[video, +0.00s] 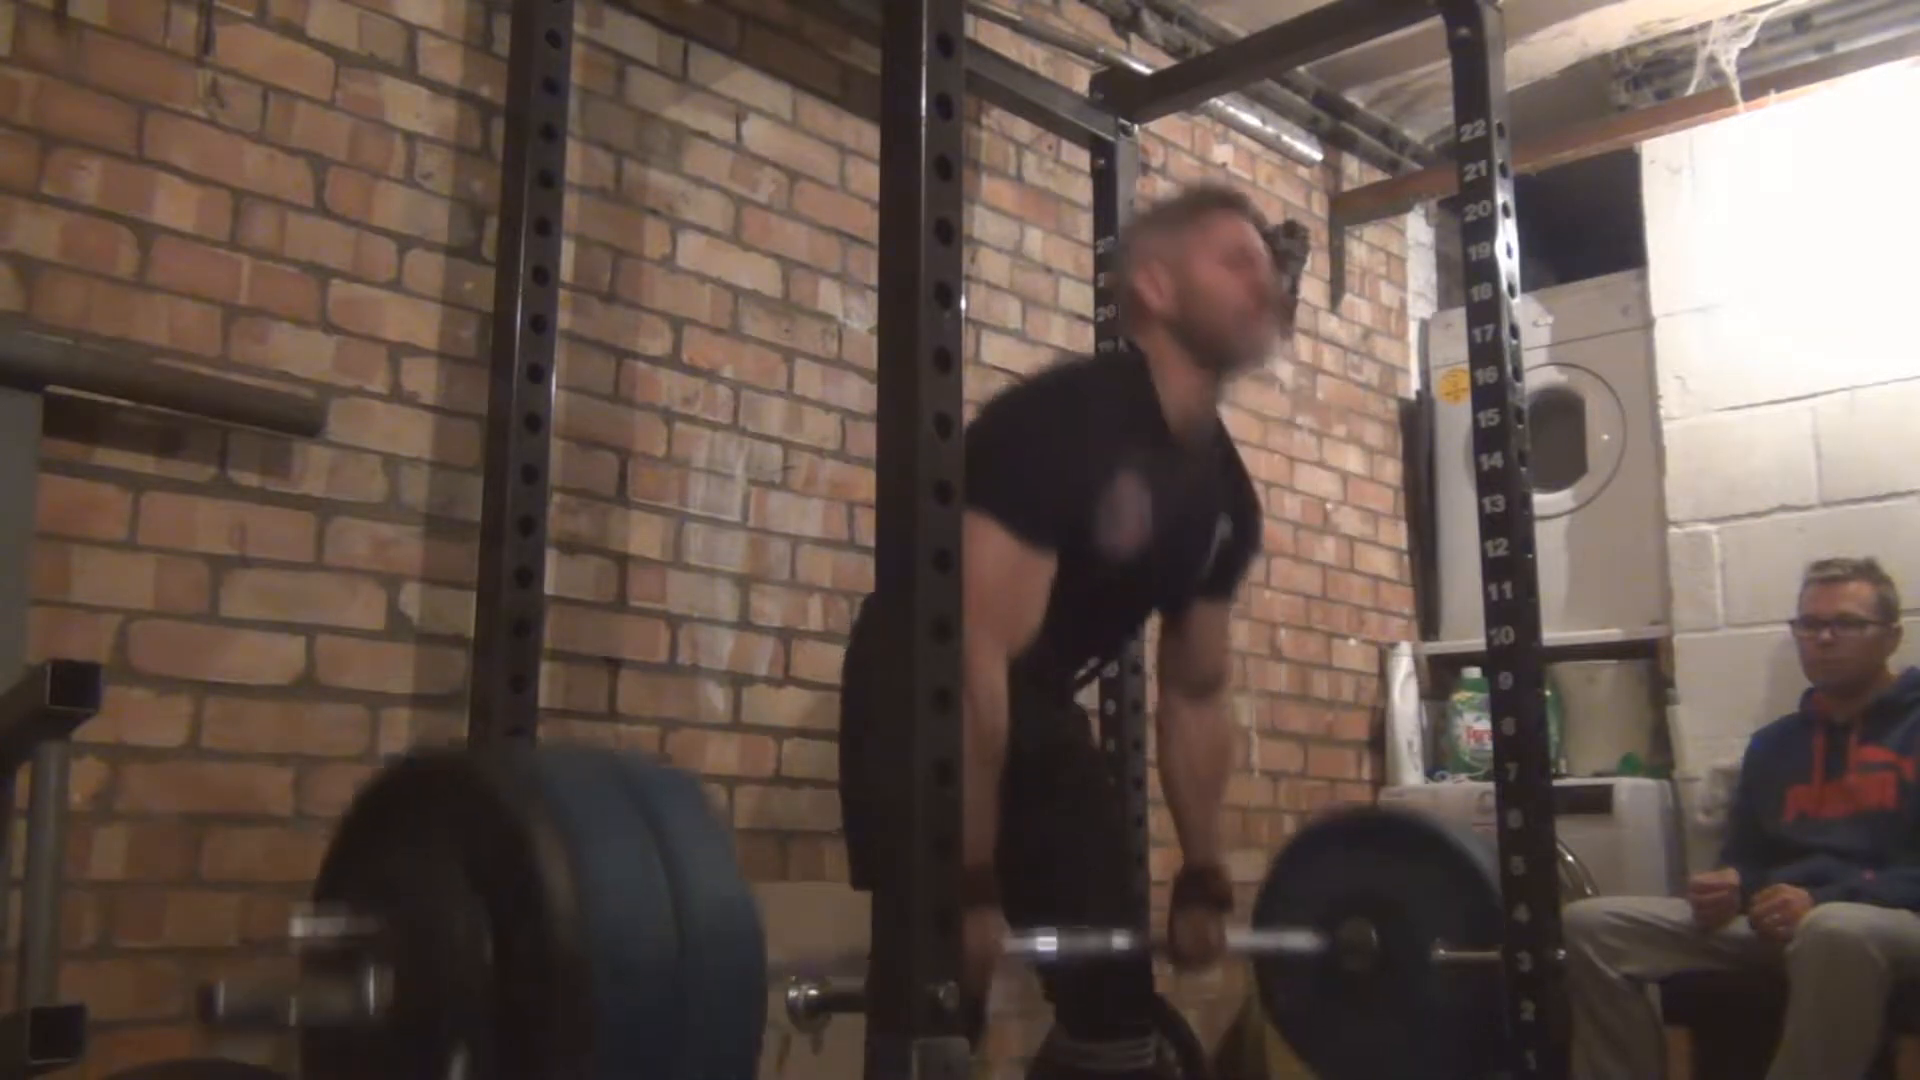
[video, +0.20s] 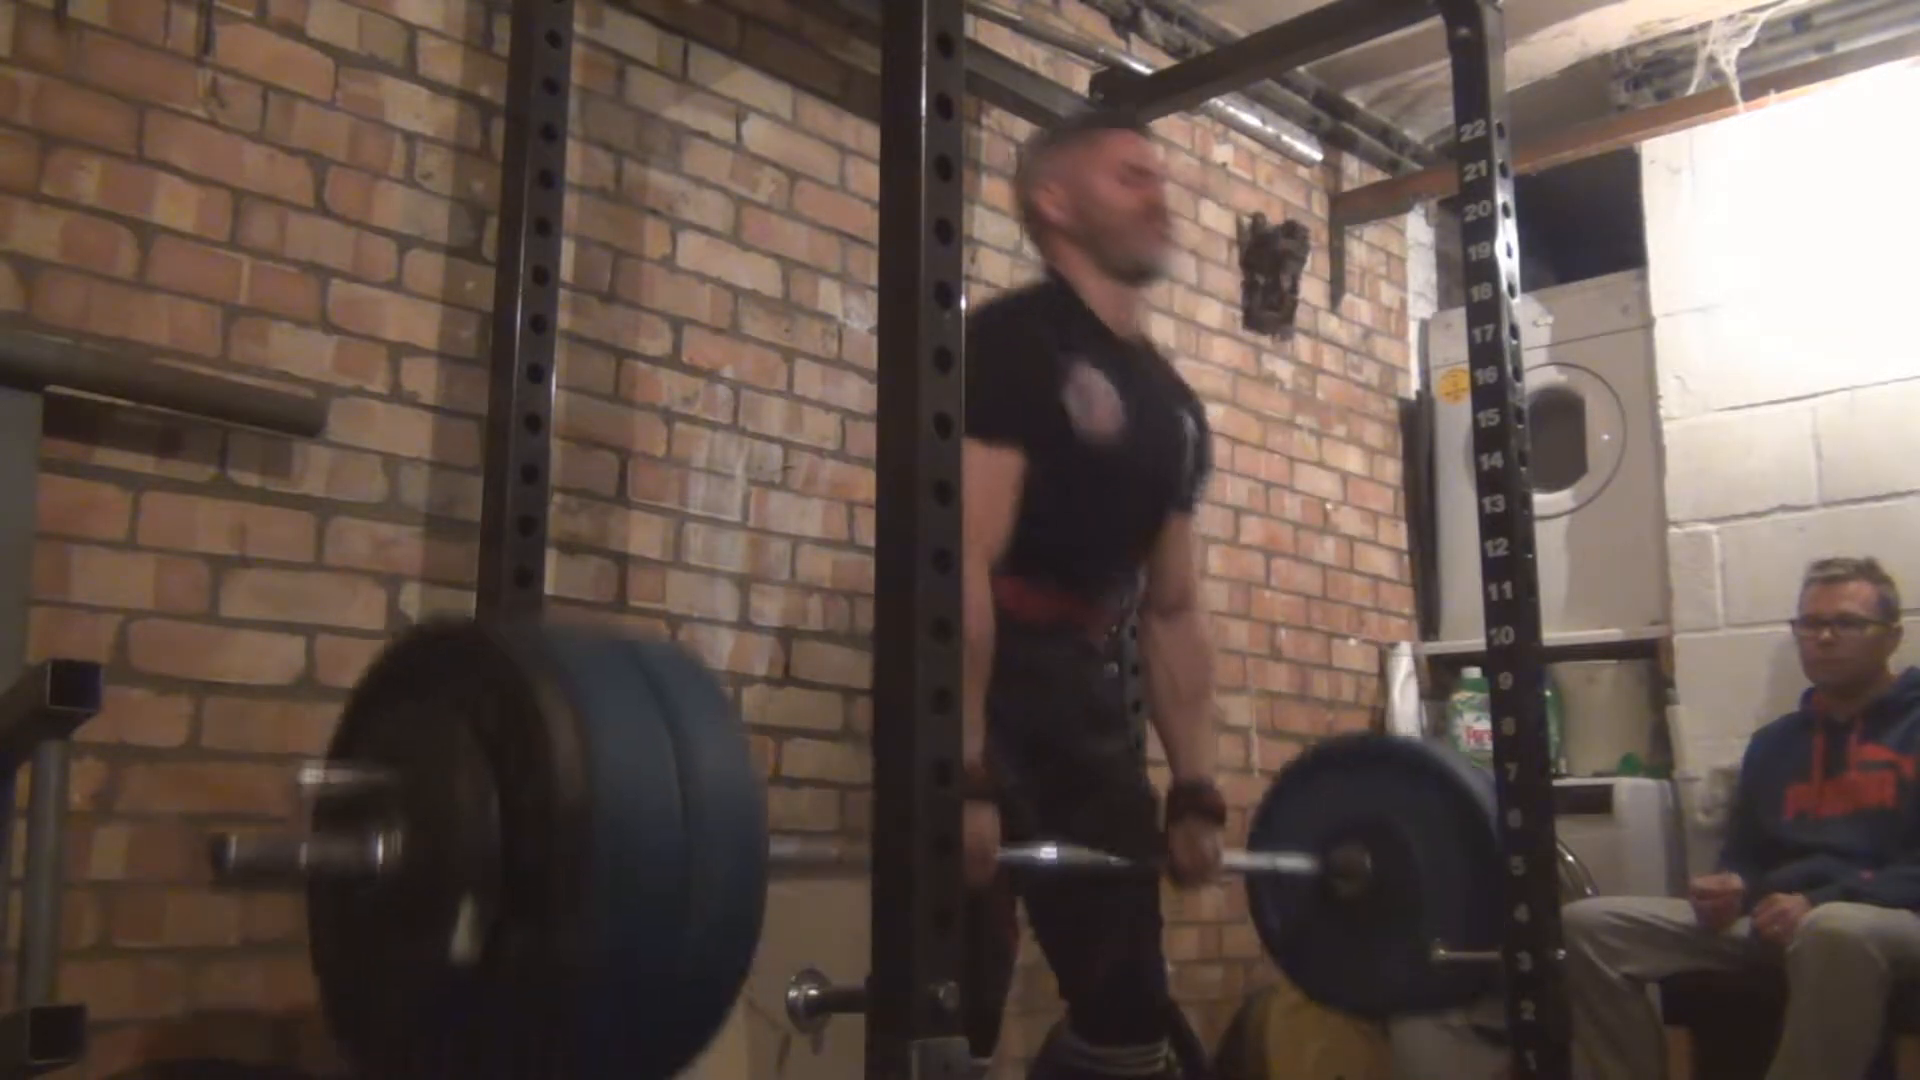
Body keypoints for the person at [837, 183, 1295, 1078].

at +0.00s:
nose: (1271, 283)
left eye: (1267, 263)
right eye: (1239, 260)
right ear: (1153, 285)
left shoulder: (1222, 494)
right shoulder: (1056, 424)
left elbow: (1197, 691)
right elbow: (976, 653)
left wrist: (1205, 861)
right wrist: (969, 887)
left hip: (1039, 690)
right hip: (923, 678)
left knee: (1108, 975)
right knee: (937, 973)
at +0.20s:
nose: (1162, 198)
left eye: (1160, 181)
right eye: (1133, 177)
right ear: (1054, 202)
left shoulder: (1172, 405)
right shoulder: (1009, 341)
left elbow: (1174, 606)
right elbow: (961, 569)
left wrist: (1193, 778)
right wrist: (966, 782)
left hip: (1092, 692)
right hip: (982, 671)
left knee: (1124, 1003)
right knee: (958, 1003)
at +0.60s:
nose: (1051, 243)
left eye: (1056, 225)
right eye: (1027, 221)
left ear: (1054, 241)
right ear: (954, 228)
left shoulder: (1082, 404)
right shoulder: (889, 374)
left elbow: (1139, 586)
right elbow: (914, 570)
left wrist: (1191, 765)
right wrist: (963, 754)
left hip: (1114, 749)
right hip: (978, 751)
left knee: (1125, 1026)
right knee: (959, 1033)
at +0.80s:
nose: (1104, 200)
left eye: (1108, 185)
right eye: (1076, 178)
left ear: (1111, 208)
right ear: (995, 187)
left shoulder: (1115, 385)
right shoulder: (964, 332)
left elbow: (1157, 591)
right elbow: (948, 555)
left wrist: (1194, 772)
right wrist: (966, 759)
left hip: (1104, 679)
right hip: (988, 666)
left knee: (1127, 1007)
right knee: (968, 1011)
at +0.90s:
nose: (1155, 186)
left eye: (1154, 167)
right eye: (1125, 165)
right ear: (1045, 189)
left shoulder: (1155, 386)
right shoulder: (994, 331)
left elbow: (1170, 598)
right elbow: (960, 564)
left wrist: (1194, 778)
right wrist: (962, 771)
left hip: (1098, 686)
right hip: (984, 665)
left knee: (1130, 1006)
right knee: (964, 1012)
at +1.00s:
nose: (1196, 189)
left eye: (1196, 172)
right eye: (1165, 168)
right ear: (1084, 193)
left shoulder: (1192, 410)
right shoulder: (1014, 343)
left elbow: (1185, 618)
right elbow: (971, 578)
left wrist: (1195, 802)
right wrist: (960, 793)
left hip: (1096, 713)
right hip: (984, 697)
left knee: (1133, 1012)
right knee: (962, 1021)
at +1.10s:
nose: (1224, 208)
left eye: (1221, 191)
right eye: (1192, 187)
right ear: (1108, 217)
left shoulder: (1211, 437)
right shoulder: (1028, 367)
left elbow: (1193, 642)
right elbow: (978, 606)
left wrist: (1198, 827)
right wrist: (963, 830)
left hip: (1087, 716)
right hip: (972, 703)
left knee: (1133, 1012)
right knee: (957, 1021)